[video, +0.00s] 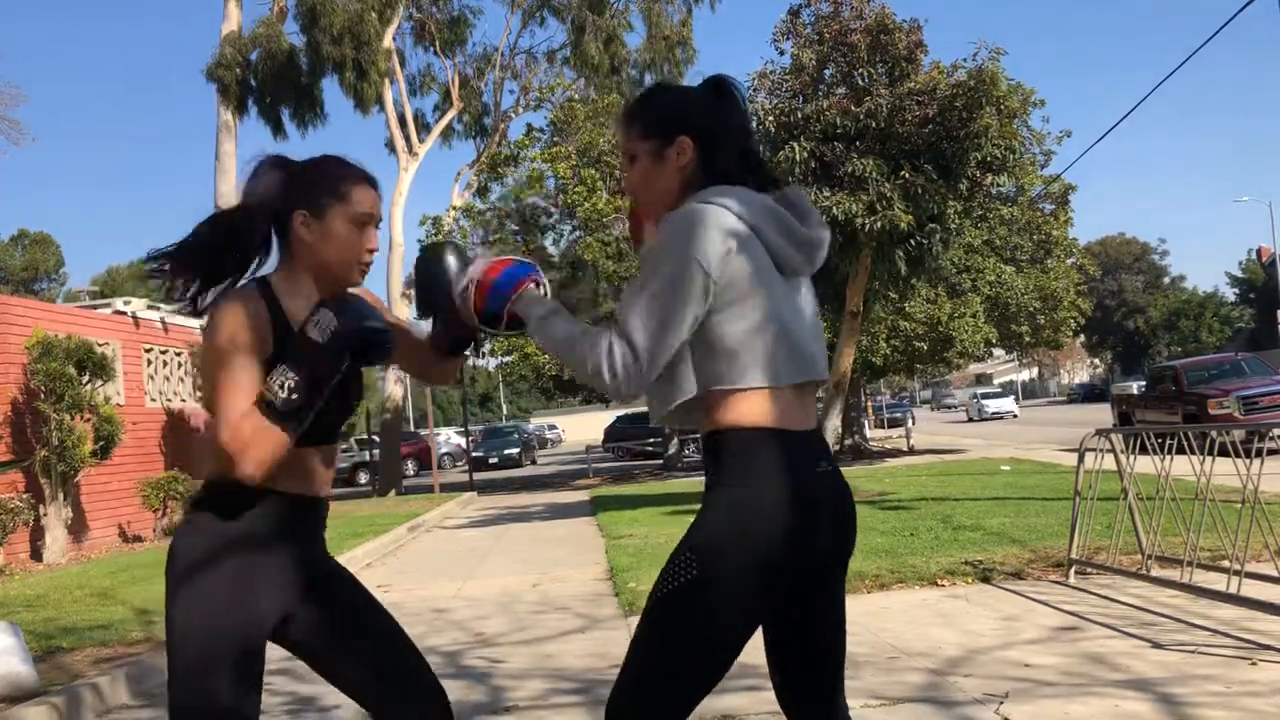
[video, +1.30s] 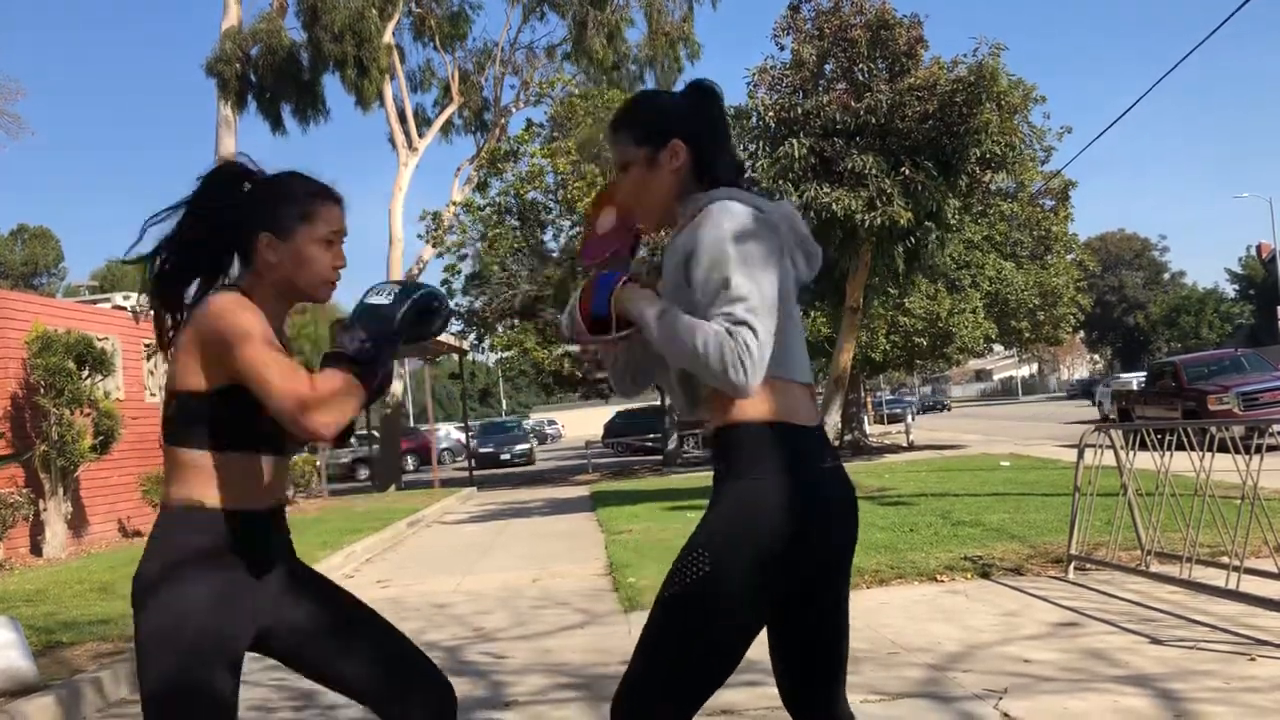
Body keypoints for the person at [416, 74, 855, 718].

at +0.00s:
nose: (625, 180)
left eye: (631, 160)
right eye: (624, 163)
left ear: (681, 153)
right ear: (683, 152)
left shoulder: (697, 226)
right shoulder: (772, 224)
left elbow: (623, 366)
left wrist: (529, 305)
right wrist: (555, 311)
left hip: (752, 501)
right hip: (817, 495)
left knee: (637, 707)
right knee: (818, 705)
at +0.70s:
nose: (580, 167)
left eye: (587, 148)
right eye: (580, 150)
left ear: (634, 144)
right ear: (633, 146)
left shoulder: (649, 209)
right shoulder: (694, 213)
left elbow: (593, 295)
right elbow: (613, 348)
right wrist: (511, 297)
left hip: (712, 473)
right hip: (780, 468)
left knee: (619, 701)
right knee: (814, 690)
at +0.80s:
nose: (562, 178)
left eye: (567, 156)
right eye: (561, 158)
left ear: (613, 145)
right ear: (623, 148)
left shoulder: (625, 208)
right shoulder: (701, 214)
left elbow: (475, 258)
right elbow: (628, 354)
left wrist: (335, 238)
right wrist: (547, 316)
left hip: (709, 476)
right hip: (784, 470)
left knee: (620, 703)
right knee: (813, 691)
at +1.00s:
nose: (569, 195)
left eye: (574, 179)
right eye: (566, 182)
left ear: (621, 167)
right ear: (635, 162)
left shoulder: (620, 230)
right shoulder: (731, 223)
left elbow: (436, 244)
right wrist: (596, 345)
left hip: (719, 493)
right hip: (801, 488)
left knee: (605, 705)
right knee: (815, 700)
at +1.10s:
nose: (604, 207)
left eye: (609, 187)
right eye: (601, 190)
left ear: (656, 174)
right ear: (667, 172)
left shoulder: (657, 234)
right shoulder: (760, 229)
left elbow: (543, 332)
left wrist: (536, 294)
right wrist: (618, 306)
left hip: (741, 494)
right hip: (822, 491)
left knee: (620, 704)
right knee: (822, 701)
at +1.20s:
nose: (618, 205)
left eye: (622, 182)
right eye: (613, 187)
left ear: (671, 167)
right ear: (677, 165)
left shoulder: (693, 227)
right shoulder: (768, 225)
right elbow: (739, 351)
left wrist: (605, 332)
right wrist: (639, 327)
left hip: (756, 493)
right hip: (825, 489)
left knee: (631, 703)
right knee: (822, 700)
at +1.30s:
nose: (617, 191)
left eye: (624, 169)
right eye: (615, 173)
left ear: (674, 159)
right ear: (673, 161)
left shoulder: (727, 224)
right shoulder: (691, 242)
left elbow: (741, 361)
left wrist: (641, 304)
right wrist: (604, 303)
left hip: (766, 489)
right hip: (806, 485)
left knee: (643, 706)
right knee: (817, 701)